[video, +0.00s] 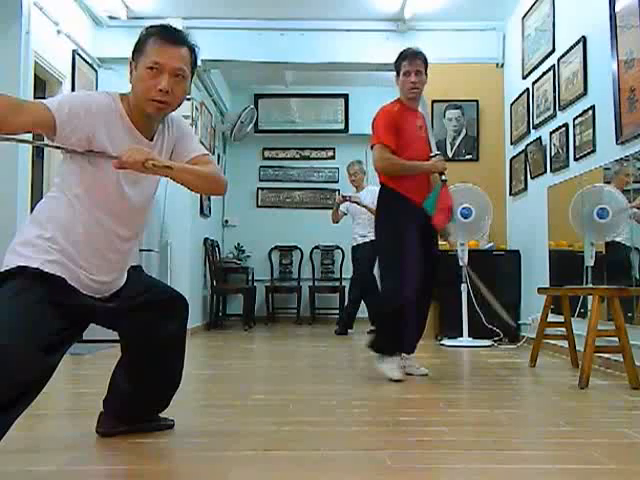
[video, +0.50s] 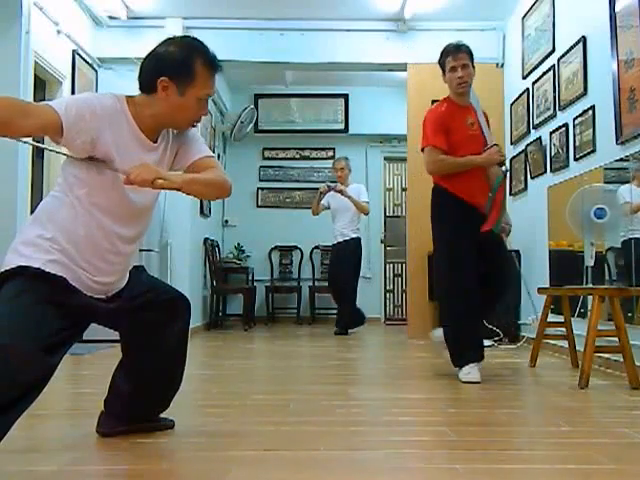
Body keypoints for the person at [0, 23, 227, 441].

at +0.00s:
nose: (165, 86)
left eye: (178, 76)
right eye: (154, 70)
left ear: (188, 87)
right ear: (132, 71)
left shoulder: (176, 133)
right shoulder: (92, 109)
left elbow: (217, 183)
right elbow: (19, 115)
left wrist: (163, 168)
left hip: (114, 276)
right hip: (47, 268)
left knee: (167, 311)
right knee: (14, 368)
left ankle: (127, 416)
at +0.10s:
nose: (168, 92)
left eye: (181, 82)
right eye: (157, 76)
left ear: (191, 89)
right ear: (135, 74)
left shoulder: (178, 132)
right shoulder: (94, 111)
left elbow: (219, 185)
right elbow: (22, 117)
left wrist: (165, 170)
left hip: (114, 276)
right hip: (47, 268)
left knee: (168, 311)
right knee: (13, 367)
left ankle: (127, 415)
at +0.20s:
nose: (176, 101)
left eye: (188, 91)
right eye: (166, 85)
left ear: (196, 91)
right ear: (139, 75)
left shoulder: (179, 132)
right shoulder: (97, 112)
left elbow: (221, 187)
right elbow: (23, 117)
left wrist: (165, 171)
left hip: (114, 277)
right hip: (47, 268)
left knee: (168, 311)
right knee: (14, 363)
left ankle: (127, 416)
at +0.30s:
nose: (193, 107)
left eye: (200, 96)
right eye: (186, 94)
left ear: (203, 93)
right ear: (148, 81)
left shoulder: (180, 135)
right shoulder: (98, 112)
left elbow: (221, 187)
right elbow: (22, 117)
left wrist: (167, 172)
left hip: (114, 277)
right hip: (46, 270)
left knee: (169, 310)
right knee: (14, 364)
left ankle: (128, 416)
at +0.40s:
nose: (205, 109)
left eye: (208, 99)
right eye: (201, 98)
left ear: (166, 90)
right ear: (161, 88)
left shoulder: (182, 136)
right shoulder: (99, 112)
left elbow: (222, 185)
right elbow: (18, 117)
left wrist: (167, 175)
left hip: (113, 277)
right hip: (46, 269)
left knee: (169, 311)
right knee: (14, 366)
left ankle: (127, 415)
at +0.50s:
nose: (206, 112)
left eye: (209, 101)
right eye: (202, 100)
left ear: (168, 91)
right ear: (165, 89)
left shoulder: (182, 136)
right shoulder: (100, 113)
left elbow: (221, 185)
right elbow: (25, 118)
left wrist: (169, 180)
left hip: (113, 277)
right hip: (47, 269)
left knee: (169, 311)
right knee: (13, 366)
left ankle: (127, 415)